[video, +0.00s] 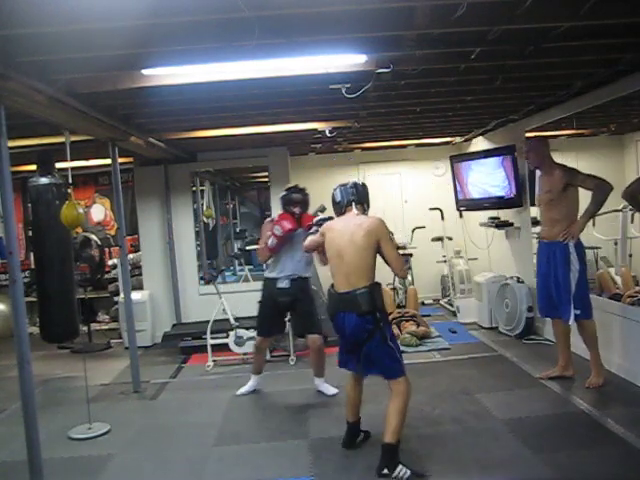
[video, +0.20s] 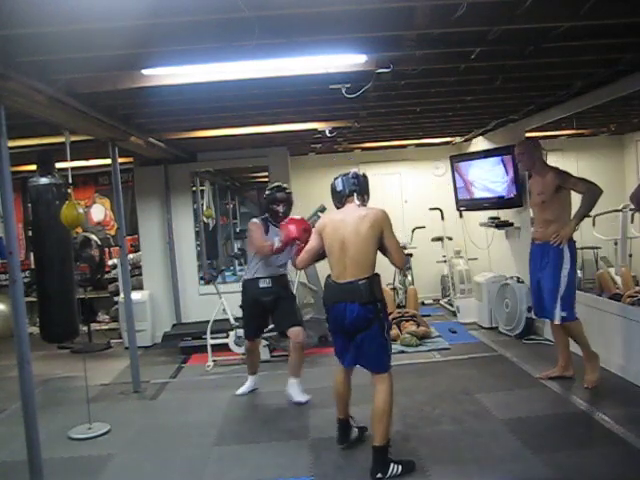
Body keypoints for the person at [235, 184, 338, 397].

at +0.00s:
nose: (297, 209)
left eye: (301, 205)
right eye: (293, 205)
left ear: (307, 206)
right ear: (284, 205)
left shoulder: (312, 225)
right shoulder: (271, 224)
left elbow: (323, 260)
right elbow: (261, 257)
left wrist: (318, 234)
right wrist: (278, 236)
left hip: (301, 284)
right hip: (274, 285)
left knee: (316, 340)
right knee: (262, 340)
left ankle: (319, 380)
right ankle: (255, 379)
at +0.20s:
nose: (281, 208)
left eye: (285, 203)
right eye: (277, 203)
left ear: (291, 205)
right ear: (267, 204)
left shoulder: (291, 228)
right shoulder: (256, 224)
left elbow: (298, 261)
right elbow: (262, 250)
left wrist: (305, 241)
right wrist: (284, 242)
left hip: (280, 285)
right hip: (254, 287)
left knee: (298, 336)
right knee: (251, 341)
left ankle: (293, 384)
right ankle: (252, 379)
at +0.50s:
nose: (267, 208)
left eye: (271, 204)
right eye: (262, 203)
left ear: (275, 206)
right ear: (251, 203)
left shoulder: (276, 225)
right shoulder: (237, 224)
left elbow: (282, 258)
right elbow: (237, 258)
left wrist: (282, 228)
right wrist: (252, 231)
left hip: (266, 285)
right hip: (239, 286)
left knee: (280, 339)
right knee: (229, 344)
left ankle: (283, 391)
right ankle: (229, 383)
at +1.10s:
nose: (240, 212)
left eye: (244, 207)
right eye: (235, 207)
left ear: (252, 208)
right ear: (227, 208)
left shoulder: (263, 225)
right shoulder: (225, 230)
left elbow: (276, 253)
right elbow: (217, 267)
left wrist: (274, 243)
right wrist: (222, 243)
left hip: (260, 286)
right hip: (235, 287)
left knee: (265, 346)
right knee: (228, 344)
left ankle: (274, 402)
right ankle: (241, 385)